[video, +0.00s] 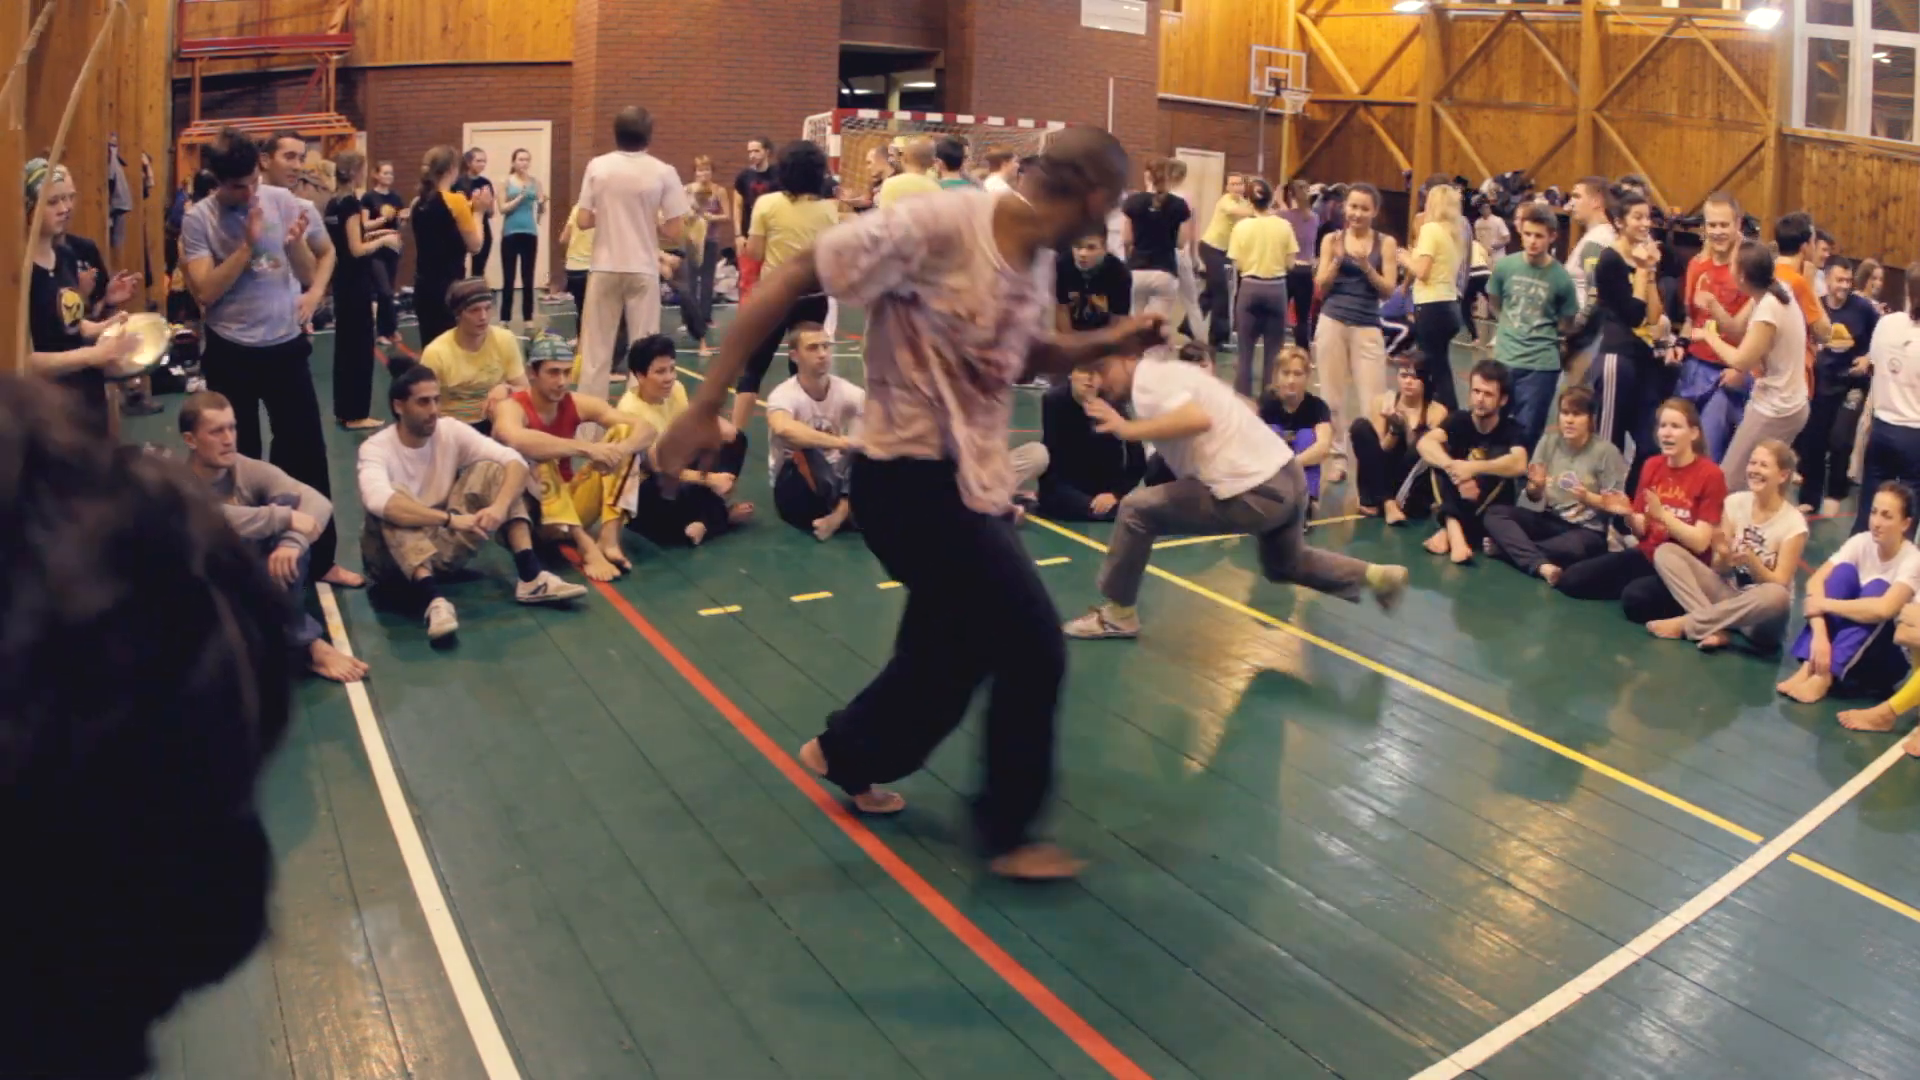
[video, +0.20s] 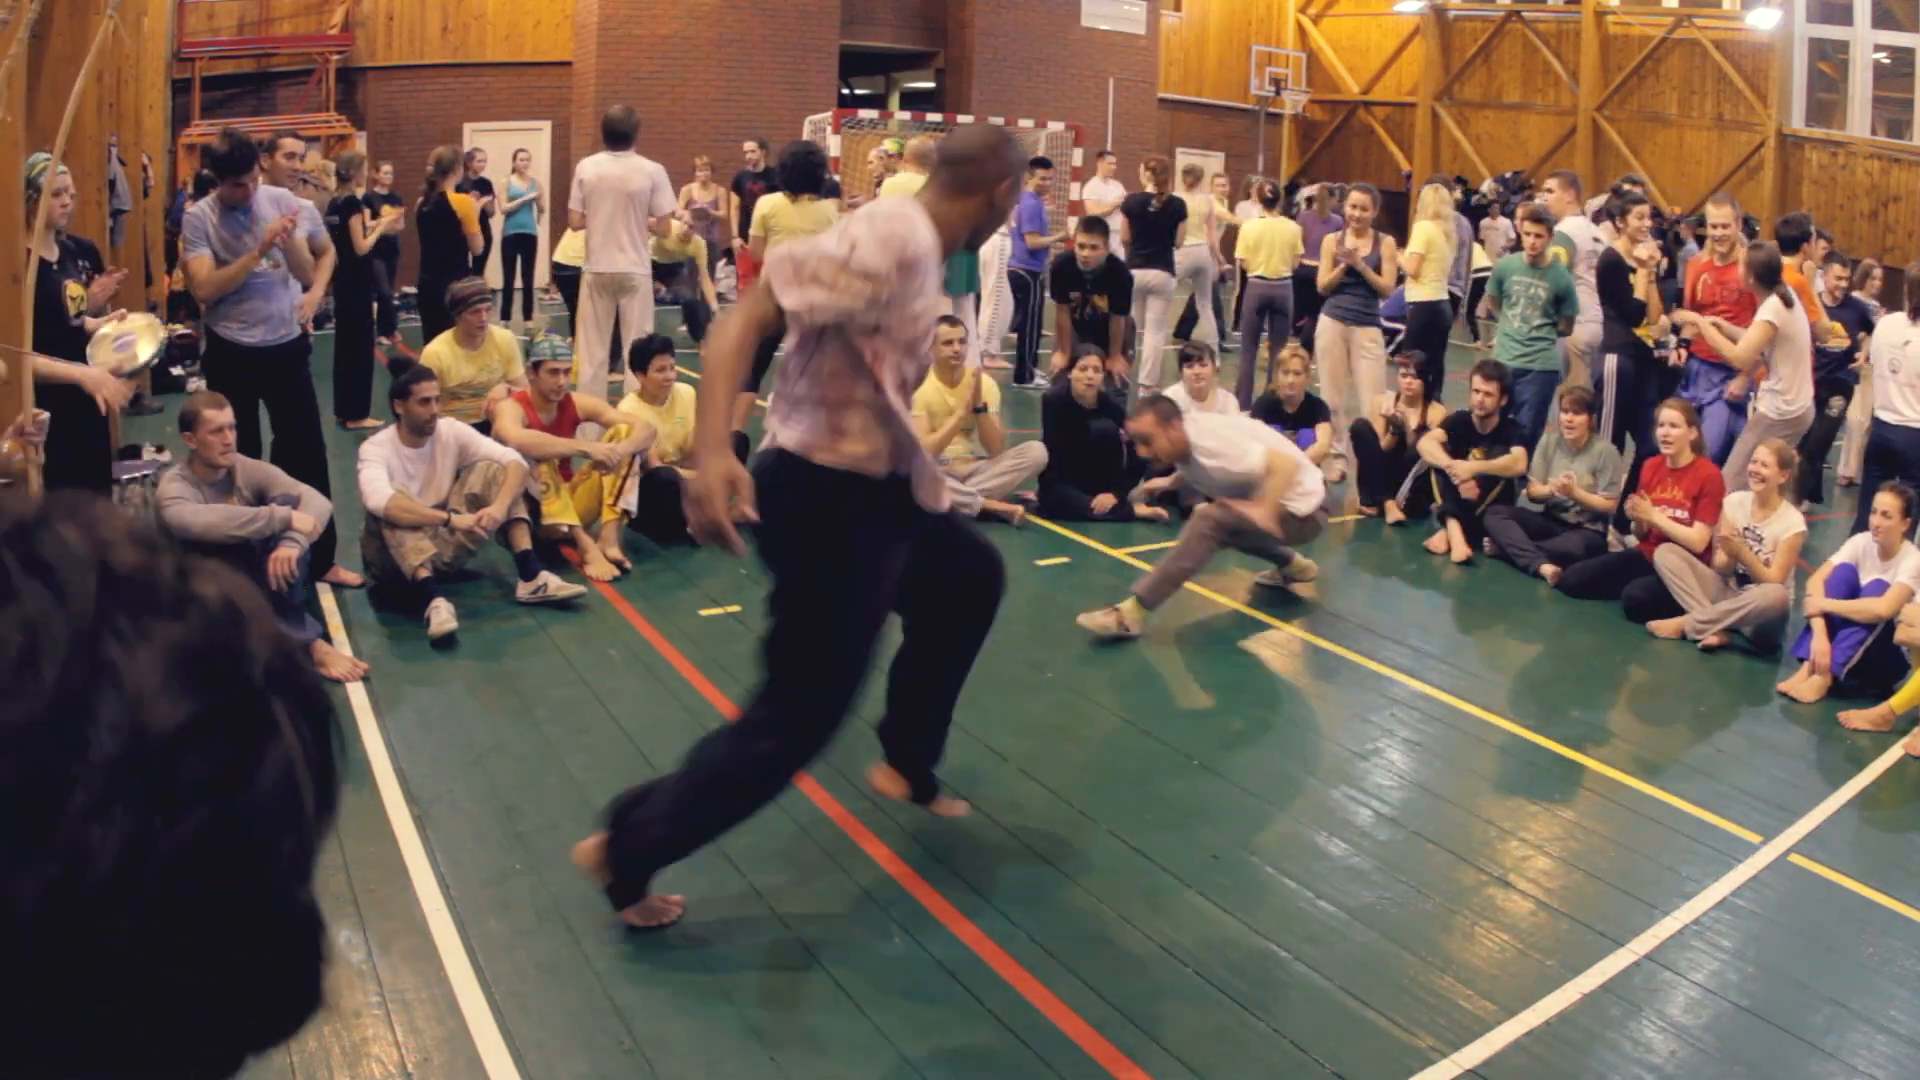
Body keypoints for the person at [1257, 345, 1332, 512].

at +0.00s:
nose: (1291, 381)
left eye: (1298, 374)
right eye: (1286, 374)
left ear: (1307, 378)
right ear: (1276, 376)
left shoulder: (1317, 406)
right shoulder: (1267, 402)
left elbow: (1323, 447)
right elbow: (1255, 438)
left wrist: (1290, 465)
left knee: (1306, 435)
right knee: (1270, 433)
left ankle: (1309, 496)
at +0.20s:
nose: (1290, 380)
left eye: (1297, 374)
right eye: (1285, 373)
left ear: (1307, 378)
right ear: (1276, 375)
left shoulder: (1317, 406)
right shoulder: (1264, 403)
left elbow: (1324, 445)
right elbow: (1253, 438)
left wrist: (1295, 467)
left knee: (1307, 435)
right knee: (1272, 431)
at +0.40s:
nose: (1289, 380)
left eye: (1296, 373)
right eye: (1284, 372)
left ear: (1307, 378)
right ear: (1276, 376)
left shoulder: (1317, 406)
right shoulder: (1263, 403)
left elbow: (1323, 445)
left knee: (1307, 435)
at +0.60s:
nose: (1288, 380)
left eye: (1295, 373)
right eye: (1283, 373)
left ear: (1306, 377)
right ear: (1275, 375)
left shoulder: (1317, 407)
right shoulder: (1264, 402)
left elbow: (1326, 451)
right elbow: (1253, 442)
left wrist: (1289, 465)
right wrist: (1279, 476)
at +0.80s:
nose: (1288, 380)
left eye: (1295, 373)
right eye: (1283, 373)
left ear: (1305, 377)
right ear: (1274, 376)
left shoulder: (1317, 406)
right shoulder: (1263, 403)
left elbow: (1322, 448)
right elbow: (1253, 441)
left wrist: (1290, 463)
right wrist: (1270, 464)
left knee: (1306, 435)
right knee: (1272, 433)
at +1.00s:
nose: (1289, 379)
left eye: (1295, 373)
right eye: (1283, 372)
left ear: (1306, 377)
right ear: (1275, 376)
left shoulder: (1317, 406)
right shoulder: (1263, 403)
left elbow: (1324, 447)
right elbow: (1253, 443)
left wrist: (1286, 465)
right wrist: (1280, 476)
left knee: (1307, 435)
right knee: (1271, 431)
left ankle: (1302, 502)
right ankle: (1272, 499)